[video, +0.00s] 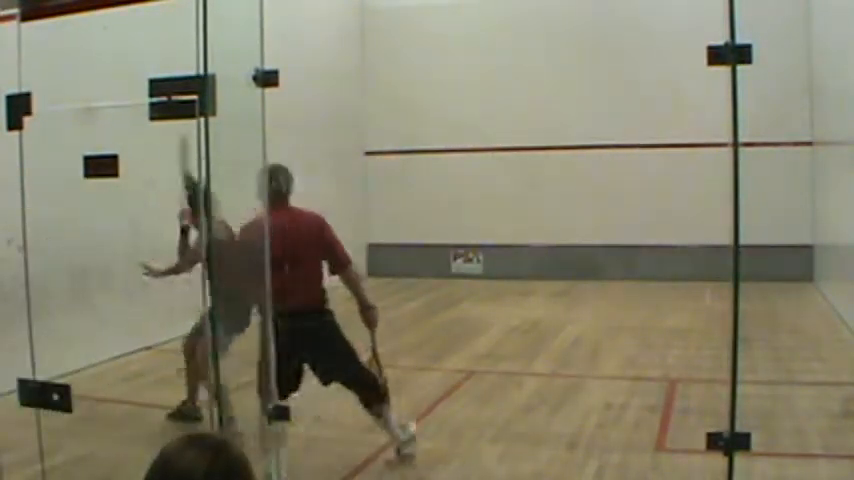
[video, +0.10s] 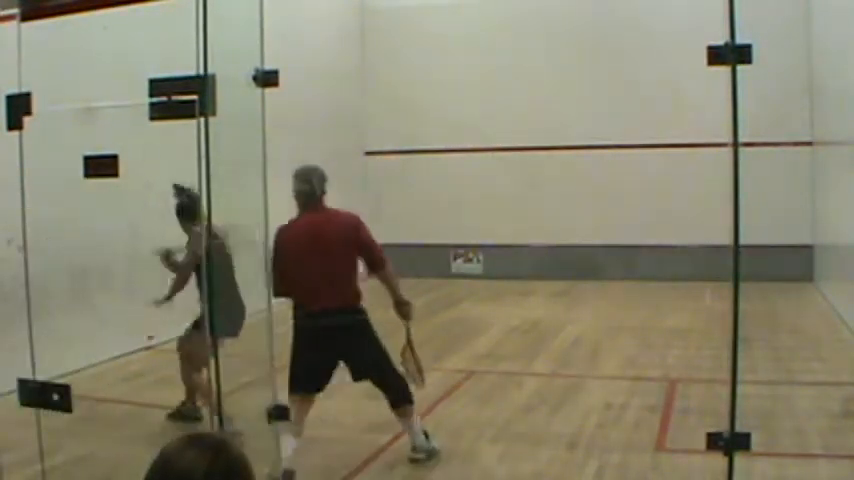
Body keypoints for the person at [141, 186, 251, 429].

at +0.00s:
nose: (188, 212)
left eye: (190, 208)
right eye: (189, 207)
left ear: (196, 208)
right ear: (208, 204)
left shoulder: (213, 232)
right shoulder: (212, 229)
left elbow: (187, 264)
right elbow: (185, 260)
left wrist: (161, 274)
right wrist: (184, 231)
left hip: (232, 308)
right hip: (222, 305)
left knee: (202, 353)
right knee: (190, 346)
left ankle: (225, 413)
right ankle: (191, 404)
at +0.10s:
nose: (179, 223)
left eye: (179, 218)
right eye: (181, 217)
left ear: (181, 218)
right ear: (199, 212)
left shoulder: (198, 237)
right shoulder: (212, 234)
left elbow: (184, 274)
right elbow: (189, 270)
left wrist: (169, 295)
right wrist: (171, 262)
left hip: (219, 313)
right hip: (229, 309)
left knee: (191, 358)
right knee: (186, 347)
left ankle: (217, 411)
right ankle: (190, 403)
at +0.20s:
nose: (176, 213)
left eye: (176, 209)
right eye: (178, 208)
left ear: (179, 211)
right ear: (200, 207)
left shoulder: (185, 235)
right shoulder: (220, 232)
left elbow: (181, 277)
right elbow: (223, 273)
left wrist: (175, 311)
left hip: (207, 309)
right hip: (230, 306)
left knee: (186, 368)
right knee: (195, 354)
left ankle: (220, 417)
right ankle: (190, 403)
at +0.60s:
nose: (197, 191)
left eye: (196, 186)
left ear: (198, 188)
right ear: (222, 185)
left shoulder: (195, 221)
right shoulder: (238, 219)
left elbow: (189, 265)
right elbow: (253, 260)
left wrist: (184, 299)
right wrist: (261, 292)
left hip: (213, 297)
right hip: (240, 294)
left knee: (219, 355)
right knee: (221, 352)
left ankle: (234, 417)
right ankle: (222, 402)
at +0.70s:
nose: (209, 187)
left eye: (205, 182)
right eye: (216, 181)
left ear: (202, 184)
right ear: (225, 182)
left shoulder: (199, 217)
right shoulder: (242, 216)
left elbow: (195, 260)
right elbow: (254, 259)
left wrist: (192, 294)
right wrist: (258, 291)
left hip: (220, 297)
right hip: (246, 294)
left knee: (225, 355)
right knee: (234, 350)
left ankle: (238, 417)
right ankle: (248, 408)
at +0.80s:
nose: (215, 185)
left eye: (208, 181)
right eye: (221, 179)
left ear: (206, 183)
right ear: (230, 180)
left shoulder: (205, 218)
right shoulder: (248, 216)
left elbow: (201, 259)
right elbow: (254, 257)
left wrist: (197, 291)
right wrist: (258, 290)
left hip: (220, 298)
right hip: (248, 295)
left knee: (225, 359)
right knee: (249, 352)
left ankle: (237, 417)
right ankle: (265, 405)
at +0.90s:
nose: (208, 186)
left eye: (207, 181)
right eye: (214, 179)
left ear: (208, 183)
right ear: (232, 179)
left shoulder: (210, 215)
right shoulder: (248, 215)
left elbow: (206, 260)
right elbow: (254, 257)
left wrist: (201, 298)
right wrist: (255, 290)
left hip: (221, 298)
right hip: (249, 294)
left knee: (220, 356)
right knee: (251, 354)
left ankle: (236, 413)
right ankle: (265, 405)